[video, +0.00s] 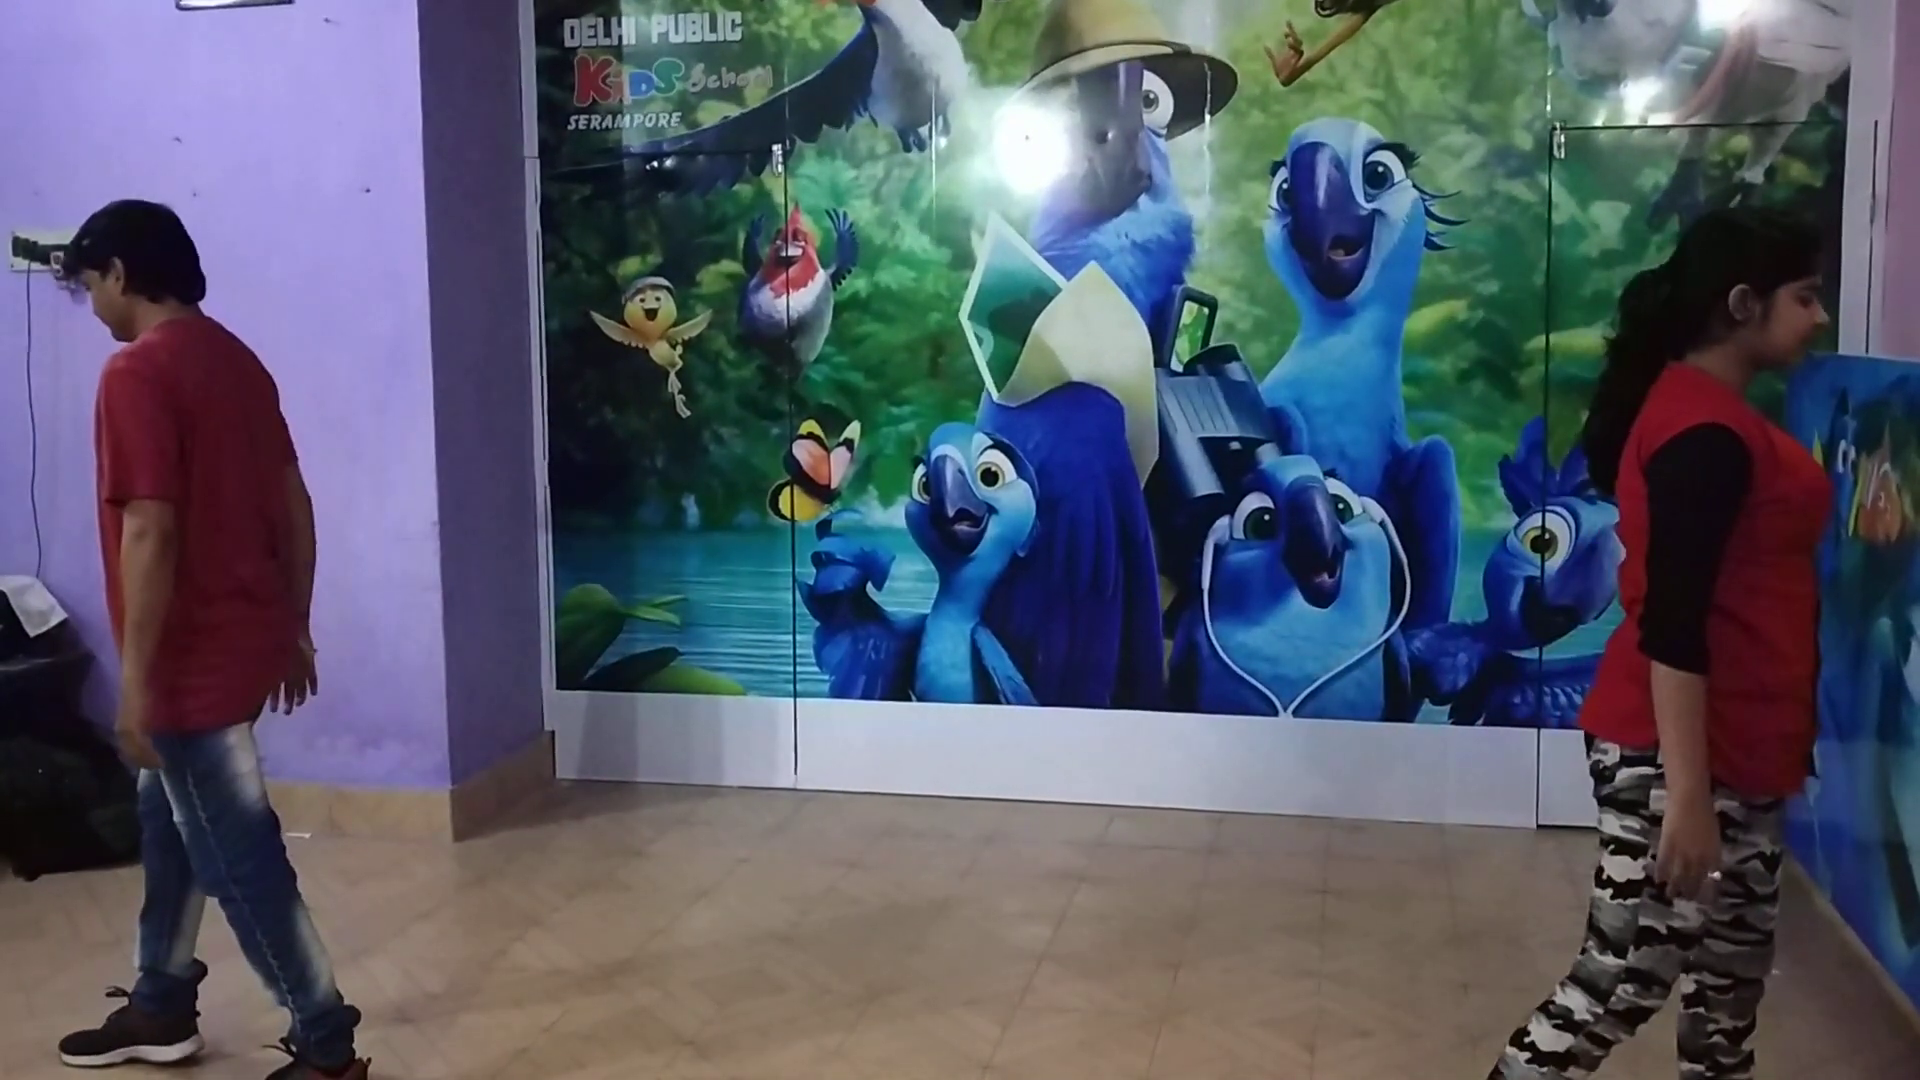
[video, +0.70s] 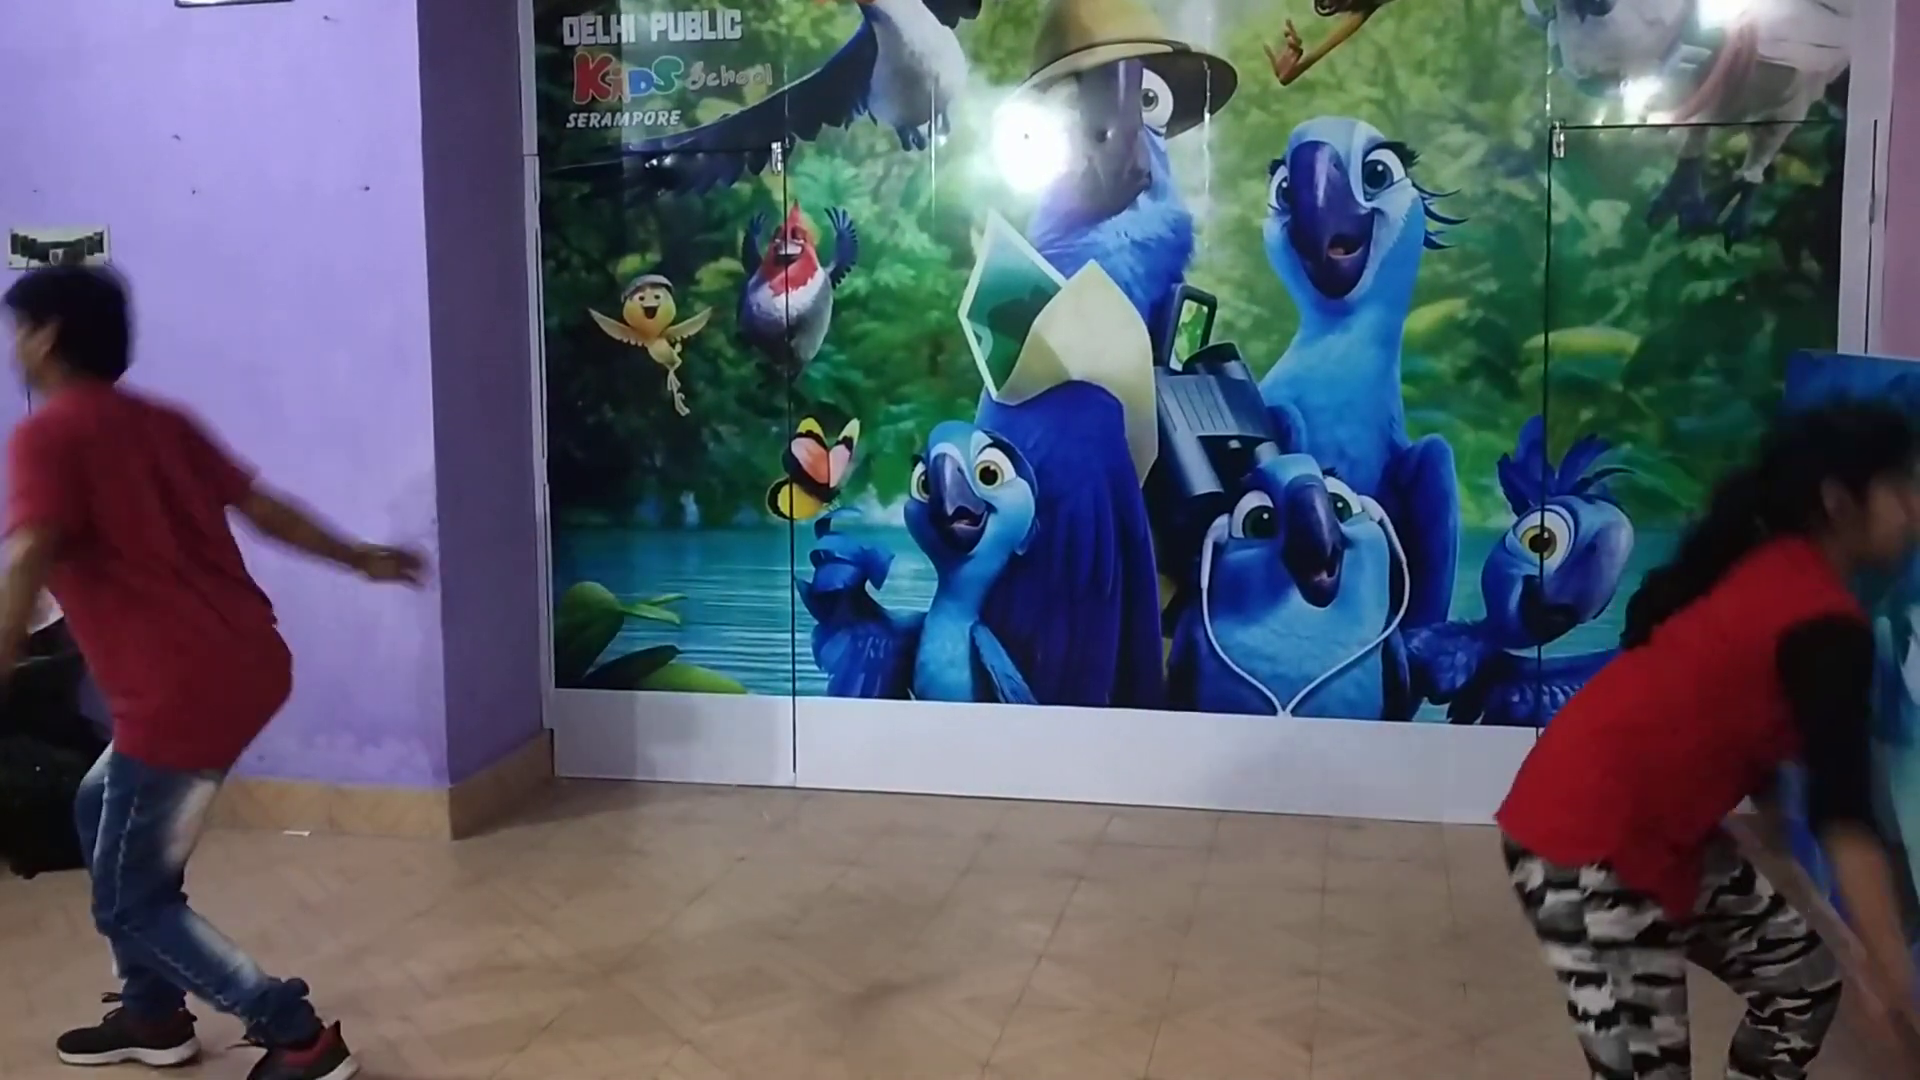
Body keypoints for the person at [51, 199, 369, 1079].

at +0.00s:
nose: (89, 304)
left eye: (88, 284)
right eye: (84, 287)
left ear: (121, 273)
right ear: (174, 271)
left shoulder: (139, 371)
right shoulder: (240, 360)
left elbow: (150, 528)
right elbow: (292, 503)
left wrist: (135, 685)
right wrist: (296, 625)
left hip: (182, 655)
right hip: (241, 639)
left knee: (241, 855)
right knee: (169, 820)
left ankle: (326, 1043)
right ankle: (161, 1008)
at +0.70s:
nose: (12, 346)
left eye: (20, 330)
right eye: (14, 329)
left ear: (50, 336)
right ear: (101, 339)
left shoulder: (43, 436)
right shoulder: (161, 420)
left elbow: (30, 555)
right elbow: (264, 506)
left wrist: (9, 644)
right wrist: (357, 555)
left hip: (183, 690)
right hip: (251, 667)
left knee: (135, 903)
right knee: (99, 805)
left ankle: (296, 1032)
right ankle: (151, 1012)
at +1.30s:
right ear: (30, 446)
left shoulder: (27, 491)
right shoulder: (102, 473)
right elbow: (126, 611)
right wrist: (32, 682)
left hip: (220, 680)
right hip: (280, 653)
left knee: (162, 899)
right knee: (142, 813)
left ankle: (309, 1042)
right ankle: (156, 1014)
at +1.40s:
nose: (2, 431)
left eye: (1, 419)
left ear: (12, 401)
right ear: (62, 382)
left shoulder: (37, 428)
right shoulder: (131, 412)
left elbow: (7, 530)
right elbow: (178, 536)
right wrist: (92, 607)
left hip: (195, 662)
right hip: (266, 642)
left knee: (181, 886)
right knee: (144, 834)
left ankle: (310, 1042)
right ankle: (158, 1014)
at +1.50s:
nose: (3, 373)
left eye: (0, 360)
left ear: (20, 342)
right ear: (80, 327)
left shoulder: (49, 379)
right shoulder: (155, 370)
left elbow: (7, 499)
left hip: (171, 651)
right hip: (247, 634)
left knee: (194, 871)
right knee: (148, 828)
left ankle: (313, 1043)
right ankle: (158, 1014)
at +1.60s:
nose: (10, 326)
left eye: (10, 309)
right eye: (8, 311)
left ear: (38, 297)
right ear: (93, 288)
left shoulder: (54, 350)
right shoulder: (165, 344)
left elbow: (27, 463)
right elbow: (243, 454)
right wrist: (175, 527)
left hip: (156, 644)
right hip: (235, 621)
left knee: (207, 853)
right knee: (153, 820)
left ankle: (314, 1040)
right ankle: (157, 1012)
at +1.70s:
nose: (13, 297)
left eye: (13, 278)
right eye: (11, 280)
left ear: (41, 271)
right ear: (96, 267)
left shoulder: (61, 340)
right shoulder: (168, 336)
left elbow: (49, 448)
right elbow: (264, 437)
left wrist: (1, 524)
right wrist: (281, 475)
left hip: (151, 640)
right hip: (227, 618)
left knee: (216, 842)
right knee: (154, 810)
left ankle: (312, 1036)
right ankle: (157, 1011)